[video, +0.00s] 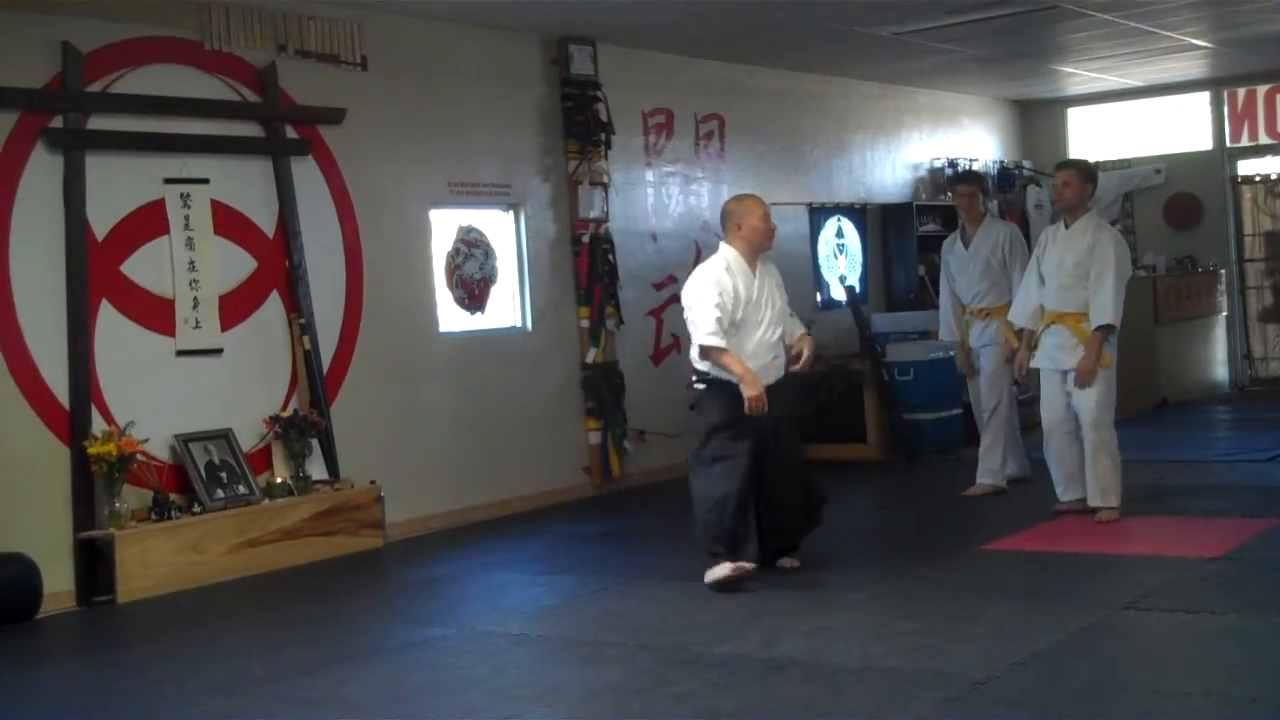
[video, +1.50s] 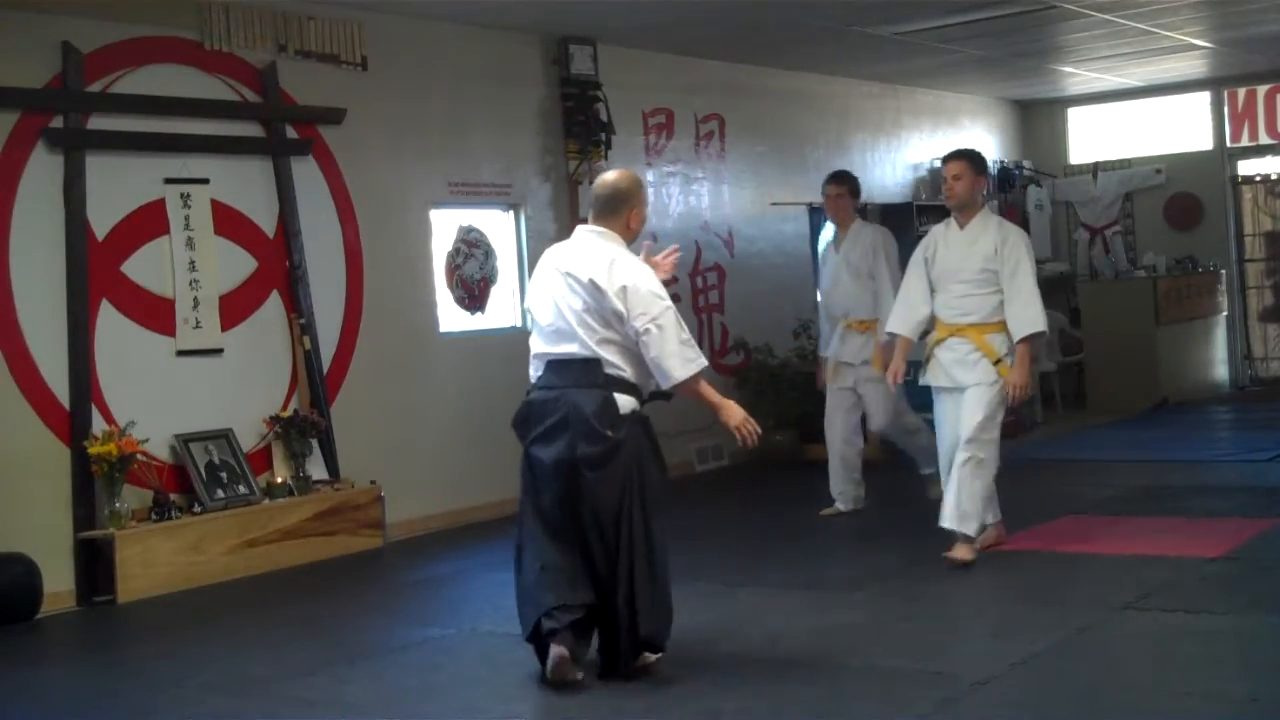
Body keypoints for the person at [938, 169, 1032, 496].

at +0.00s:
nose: (966, 202)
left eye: (972, 195)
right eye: (960, 197)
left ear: (983, 197)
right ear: (953, 201)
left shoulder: (1006, 233)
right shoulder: (950, 245)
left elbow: (1022, 286)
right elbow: (950, 297)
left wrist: (1020, 334)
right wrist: (960, 344)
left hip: (999, 322)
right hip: (969, 324)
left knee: (992, 399)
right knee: (985, 401)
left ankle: (990, 476)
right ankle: (1015, 464)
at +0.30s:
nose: (964, 201)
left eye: (970, 194)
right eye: (959, 195)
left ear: (982, 197)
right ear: (952, 200)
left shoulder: (1003, 233)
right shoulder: (948, 243)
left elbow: (1020, 285)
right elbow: (944, 294)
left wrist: (1016, 333)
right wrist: (950, 340)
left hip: (996, 324)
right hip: (966, 325)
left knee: (992, 400)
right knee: (981, 402)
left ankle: (990, 476)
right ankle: (1015, 464)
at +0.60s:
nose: (958, 204)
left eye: (964, 197)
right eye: (953, 198)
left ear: (975, 200)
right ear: (945, 203)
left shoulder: (995, 236)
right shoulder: (939, 247)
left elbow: (1009, 286)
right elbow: (936, 299)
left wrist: (1006, 334)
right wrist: (942, 343)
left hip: (988, 328)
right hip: (961, 329)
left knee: (971, 403)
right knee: (990, 399)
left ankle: (987, 476)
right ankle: (1011, 463)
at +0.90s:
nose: (945, 207)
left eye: (952, 200)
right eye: (939, 200)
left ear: (966, 205)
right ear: (932, 206)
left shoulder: (984, 244)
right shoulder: (927, 250)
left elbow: (991, 298)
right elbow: (922, 304)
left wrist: (983, 347)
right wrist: (919, 350)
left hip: (971, 335)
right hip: (939, 335)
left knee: (962, 409)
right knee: (920, 406)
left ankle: (984, 478)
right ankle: (956, 468)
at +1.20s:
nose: (900, 205)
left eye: (906, 198)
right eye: (894, 199)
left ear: (919, 202)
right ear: (888, 205)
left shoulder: (939, 241)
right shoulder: (885, 250)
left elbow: (956, 293)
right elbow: (883, 304)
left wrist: (954, 340)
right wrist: (885, 346)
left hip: (940, 337)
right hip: (901, 340)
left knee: (962, 414)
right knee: (883, 411)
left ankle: (988, 479)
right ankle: (859, 483)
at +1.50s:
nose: (831, 203)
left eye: (838, 197)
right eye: (827, 197)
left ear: (854, 200)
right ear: (822, 202)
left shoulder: (877, 237)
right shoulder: (828, 246)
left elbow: (889, 291)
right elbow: (827, 305)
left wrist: (886, 341)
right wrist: (825, 355)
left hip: (872, 341)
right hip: (839, 344)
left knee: (886, 418)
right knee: (839, 428)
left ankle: (932, 461)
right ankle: (847, 498)